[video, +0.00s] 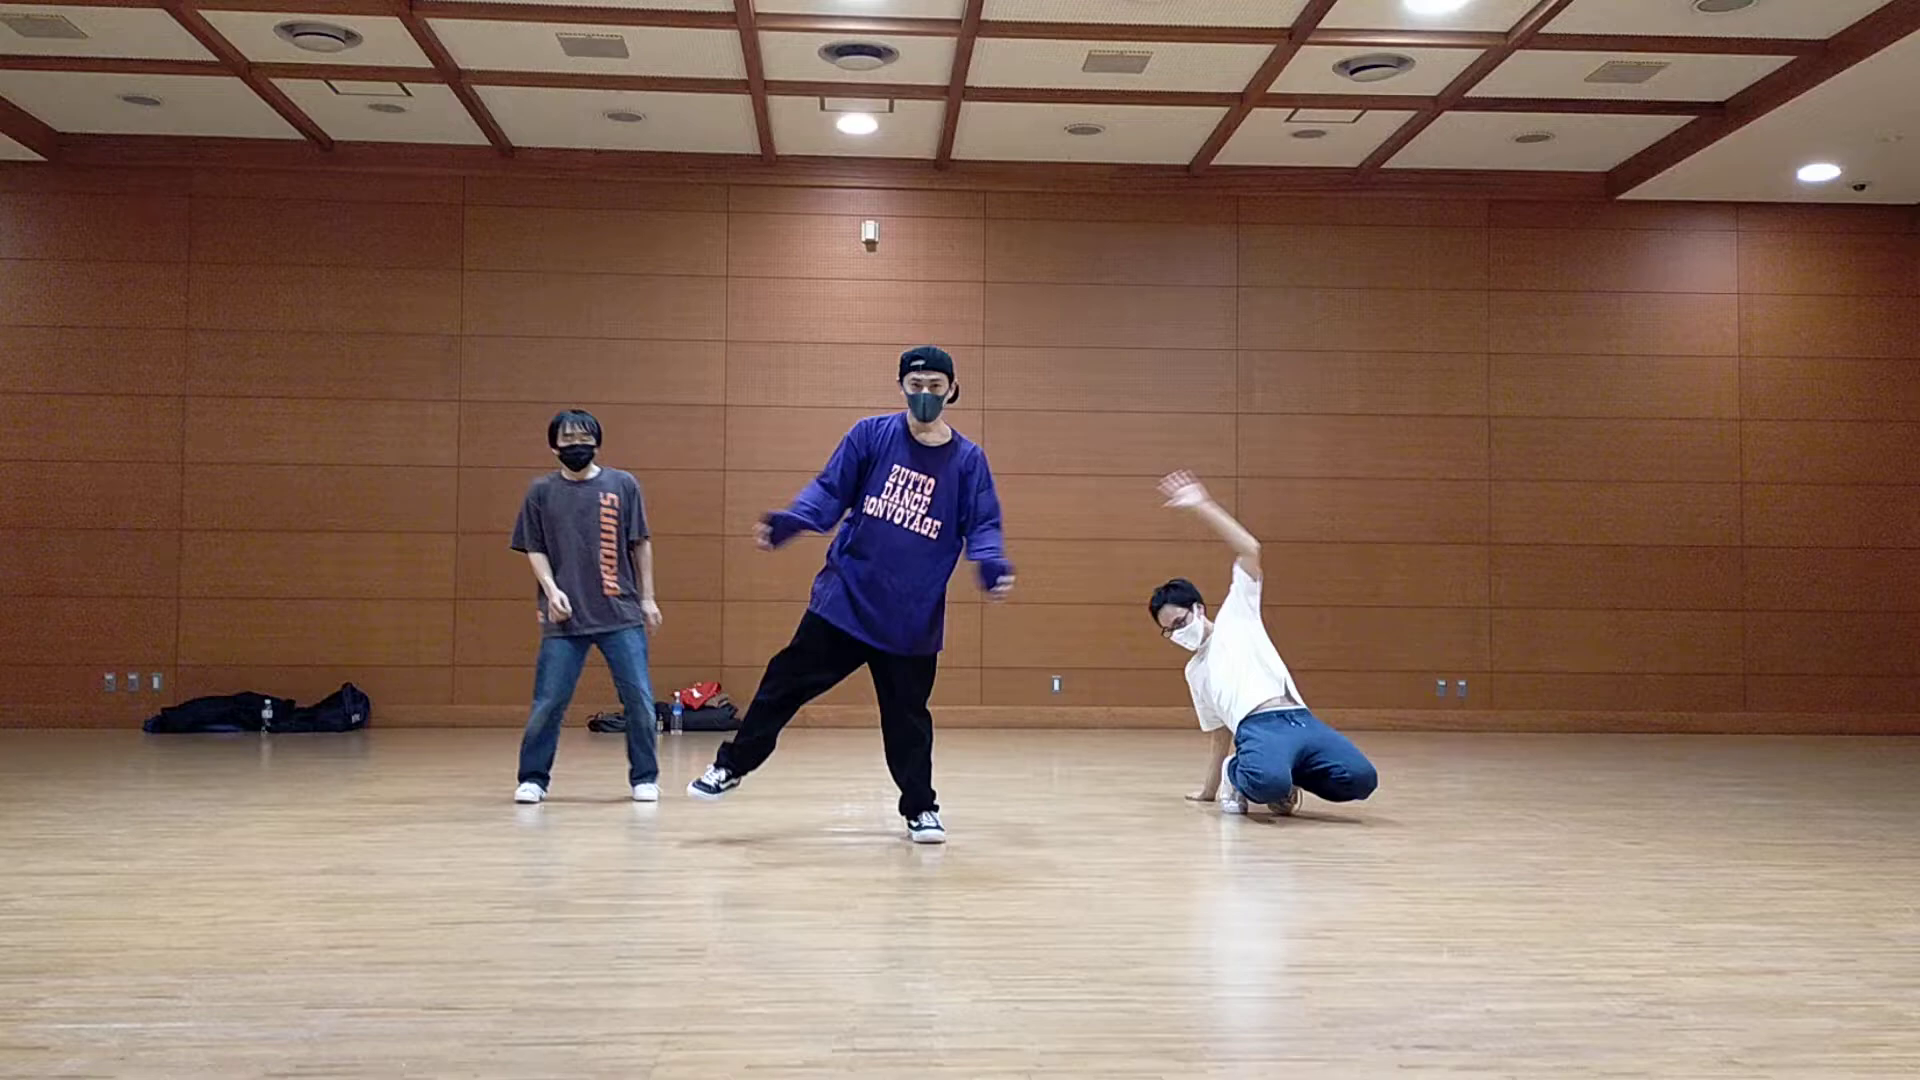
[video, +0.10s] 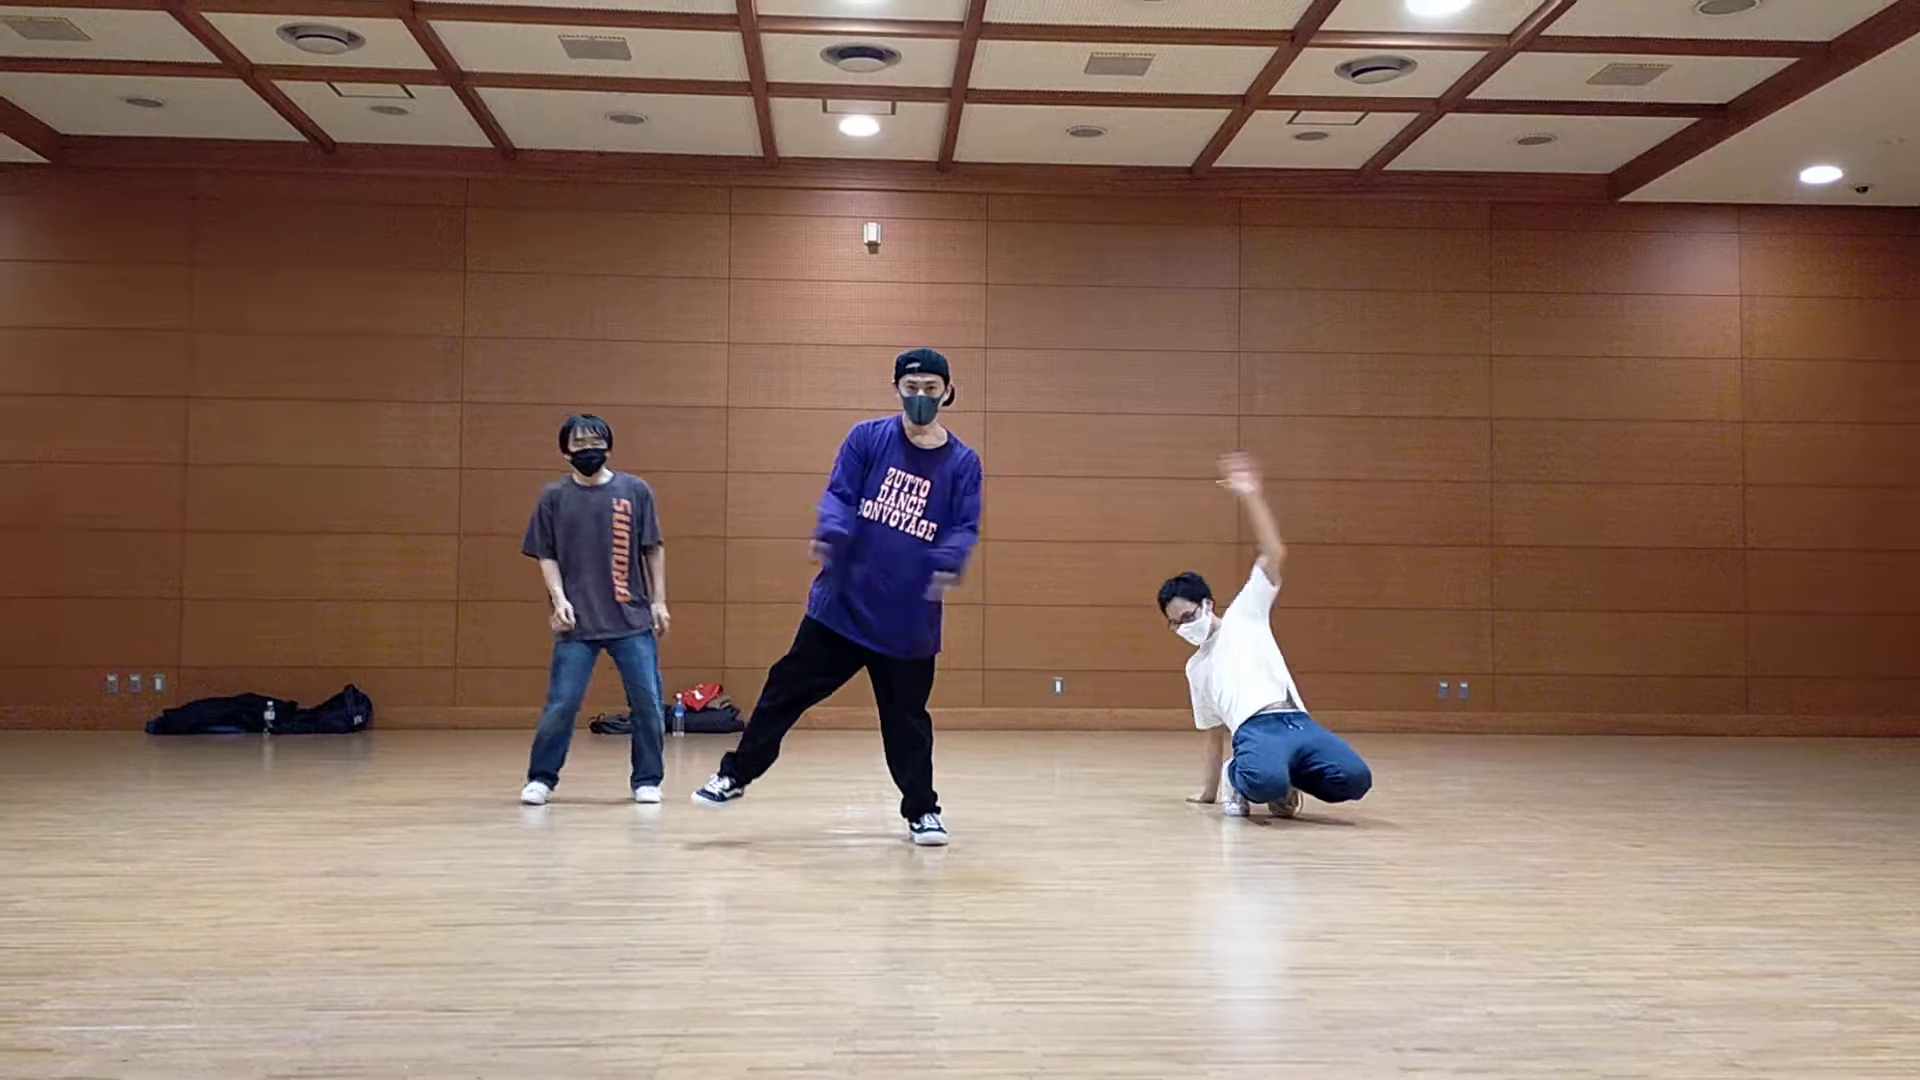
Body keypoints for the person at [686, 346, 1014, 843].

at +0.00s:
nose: (924, 392)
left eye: (934, 385)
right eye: (916, 384)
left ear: (950, 391)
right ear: (902, 388)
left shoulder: (968, 460)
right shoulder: (871, 435)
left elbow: (984, 525)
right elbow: (829, 491)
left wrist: (994, 565)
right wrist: (789, 521)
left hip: (911, 611)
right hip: (848, 597)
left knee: (908, 714)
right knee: (788, 678)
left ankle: (920, 809)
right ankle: (732, 764)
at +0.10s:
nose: (920, 393)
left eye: (930, 386)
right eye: (912, 385)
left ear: (946, 394)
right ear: (898, 390)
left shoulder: (963, 463)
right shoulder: (868, 438)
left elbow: (965, 526)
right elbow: (840, 495)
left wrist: (948, 563)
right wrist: (830, 536)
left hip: (908, 612)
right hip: (845, 600)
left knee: (908, 715)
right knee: (788, 686)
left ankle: (923, 810)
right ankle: (736, 773)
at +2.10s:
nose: (891, 436)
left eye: (901, 430)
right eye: (882, 429)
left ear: (915, 444)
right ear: (867, 441)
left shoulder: (938, 508)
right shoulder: (840, 501)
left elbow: (931, 584)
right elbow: (838, 574)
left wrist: (888, 630)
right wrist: (877, 619)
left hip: (914, 657)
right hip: (851, 655)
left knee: (908, 767)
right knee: (853, 765)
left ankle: (905, 866)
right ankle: (859, 864)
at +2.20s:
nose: (890, 433)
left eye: (900, 428)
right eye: (880, 427)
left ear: (914, 442)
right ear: (865, 440)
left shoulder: (938, 508)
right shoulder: (838, 502)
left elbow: (942, 584)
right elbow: (823, 576)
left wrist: (912, 644)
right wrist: (853, 636)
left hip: (911, 666)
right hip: (850, 663)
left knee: (907, 770)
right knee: (853, 768)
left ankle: (904, 868)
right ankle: (858, 866)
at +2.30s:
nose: (889, 432)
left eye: (899, 426)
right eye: (880, 425)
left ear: (914, 442)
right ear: (864, 439)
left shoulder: (938, 507)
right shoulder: (835, 502)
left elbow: (951, 584)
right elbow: (814, 577)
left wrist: (932, 641)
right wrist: (832, 634)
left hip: (910, 665)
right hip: (850, 664)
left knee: (906, 771)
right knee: (852, 769)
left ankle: (903, 869)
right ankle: (857, 867)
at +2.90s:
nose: (892, 428)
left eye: (902, 422)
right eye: (882, 422)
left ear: (919, 437)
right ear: (868, 436)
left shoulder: (950, 494)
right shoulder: (839, 490)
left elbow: (997, 527)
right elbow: (777, 518)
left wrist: (1004, 569)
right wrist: (772, 551)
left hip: (921, 653)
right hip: (855, 653)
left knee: (917, 759)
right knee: (863, 757)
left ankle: (898, 855)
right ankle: (866, 859)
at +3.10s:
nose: (892, 513)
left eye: (903, 505)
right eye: (884, 504)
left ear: (921, 508)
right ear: (871, 504)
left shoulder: (945, 562)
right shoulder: (845, 553)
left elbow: (970, 627)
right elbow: (818, 616)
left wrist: (957, 675)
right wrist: (813, 656)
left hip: (924, 692)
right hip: (861, 687)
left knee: (923, 791)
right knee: (869, 775)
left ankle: (900, 868)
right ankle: (863, 879)